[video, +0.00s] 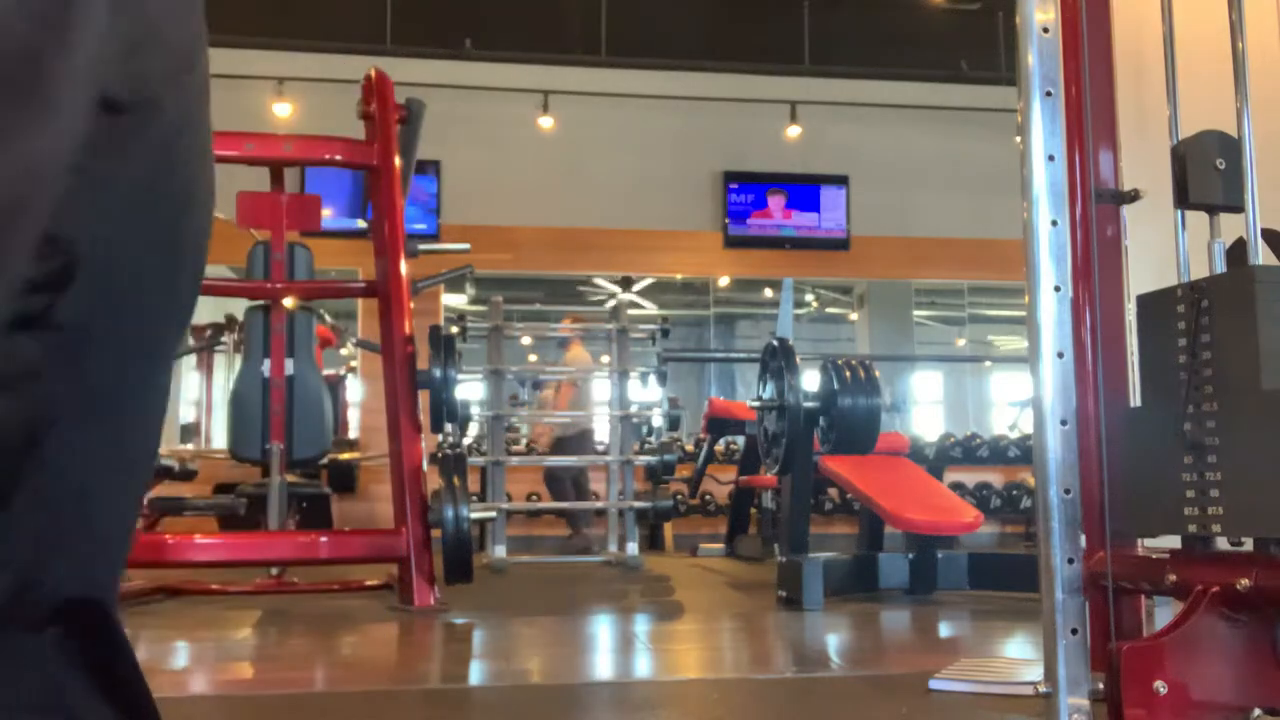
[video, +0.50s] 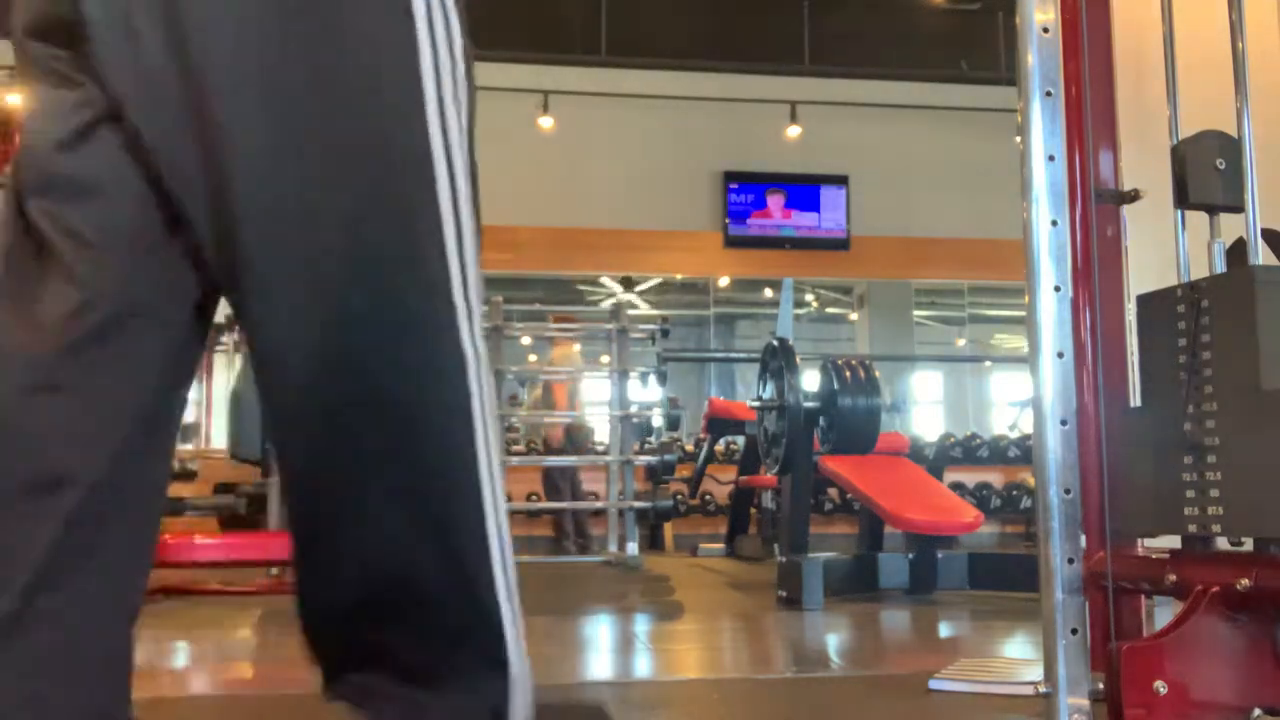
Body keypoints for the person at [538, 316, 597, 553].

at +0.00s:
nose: (558, 332)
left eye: (563, 328)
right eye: (559, 327)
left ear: (574, 332)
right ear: (576, 332)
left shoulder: (573, 357)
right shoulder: (580, 356)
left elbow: (565, 399)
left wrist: (550, 427)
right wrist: (550, 424)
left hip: (571, 431)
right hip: (579, 429)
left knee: (555, 476)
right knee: (578, 479)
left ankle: (578, 528)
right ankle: (583, 528)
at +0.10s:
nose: (555, 332)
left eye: (560, 328)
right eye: (557, 327)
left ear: (570, 331)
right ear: (574, 332)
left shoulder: (569, 357)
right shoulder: (579, 356)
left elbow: (568, 397)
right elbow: (576, 396)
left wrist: (564, 429)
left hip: (568, 430)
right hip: (580, 429)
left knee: (557, 482)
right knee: (579, 483)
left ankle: (566, 536)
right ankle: (584, 535)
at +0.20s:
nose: (556, 336)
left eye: (560, 332)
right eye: (560, 331)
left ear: (563, 334)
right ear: (574, 335)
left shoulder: (567, 357)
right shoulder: (574, 355)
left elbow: (571, 393)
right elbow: (573, 395)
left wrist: (580, 427)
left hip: (563, 433)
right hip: (573, 432)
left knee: (558, 486)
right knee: (579, 486)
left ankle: (566, 540)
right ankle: (585, 538)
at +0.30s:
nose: (556, 339)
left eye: (558, 334)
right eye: (560, 334)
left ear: (559, 336)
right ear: (574, 337)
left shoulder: (561, 364)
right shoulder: (576, 361)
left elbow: (572, 402)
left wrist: (583, 429)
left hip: (562, 433)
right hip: (574, 432)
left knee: (557, 485)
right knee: (577, 484)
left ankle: (566, 540)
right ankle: (585, 538)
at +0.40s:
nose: (554, 338)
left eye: (556, 334)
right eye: (559, 334)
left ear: (558, 335)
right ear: (573, 336)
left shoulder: (559, 361)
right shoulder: (574, 359)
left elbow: (570, 393)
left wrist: (577, 422)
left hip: (560, 431)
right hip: (572, 430)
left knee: (555, 482)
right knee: (574, 482)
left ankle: (565, 539)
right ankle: (584, 537)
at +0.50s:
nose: (553, 335)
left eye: (555, 331)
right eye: (556, 331)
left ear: (557, 333)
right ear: (571, 334)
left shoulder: (558, 358)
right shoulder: (572, 356)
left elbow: (561, 393)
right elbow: (570, 392)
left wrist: (558, 424)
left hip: (561, 427)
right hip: (573, 425)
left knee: (556, 481)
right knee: (570, 480)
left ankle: (566, 539)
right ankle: (583, 536)